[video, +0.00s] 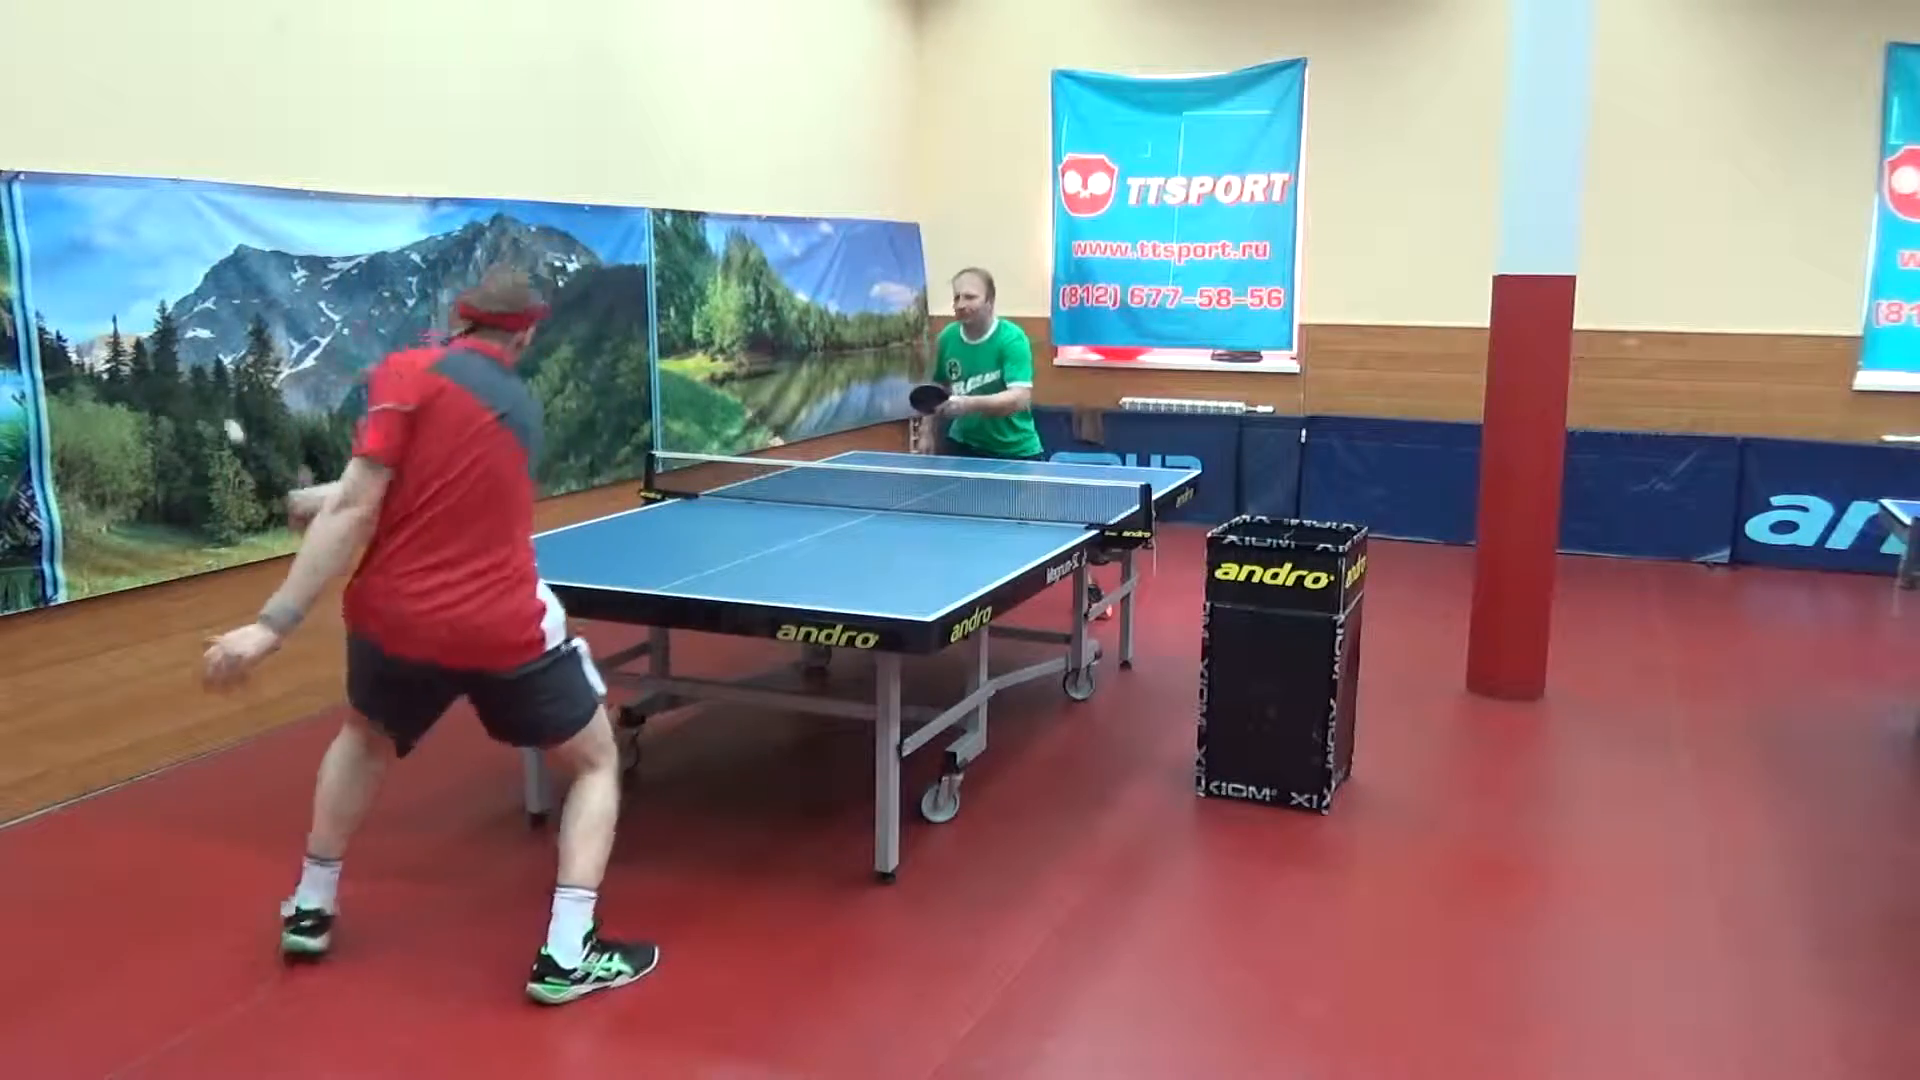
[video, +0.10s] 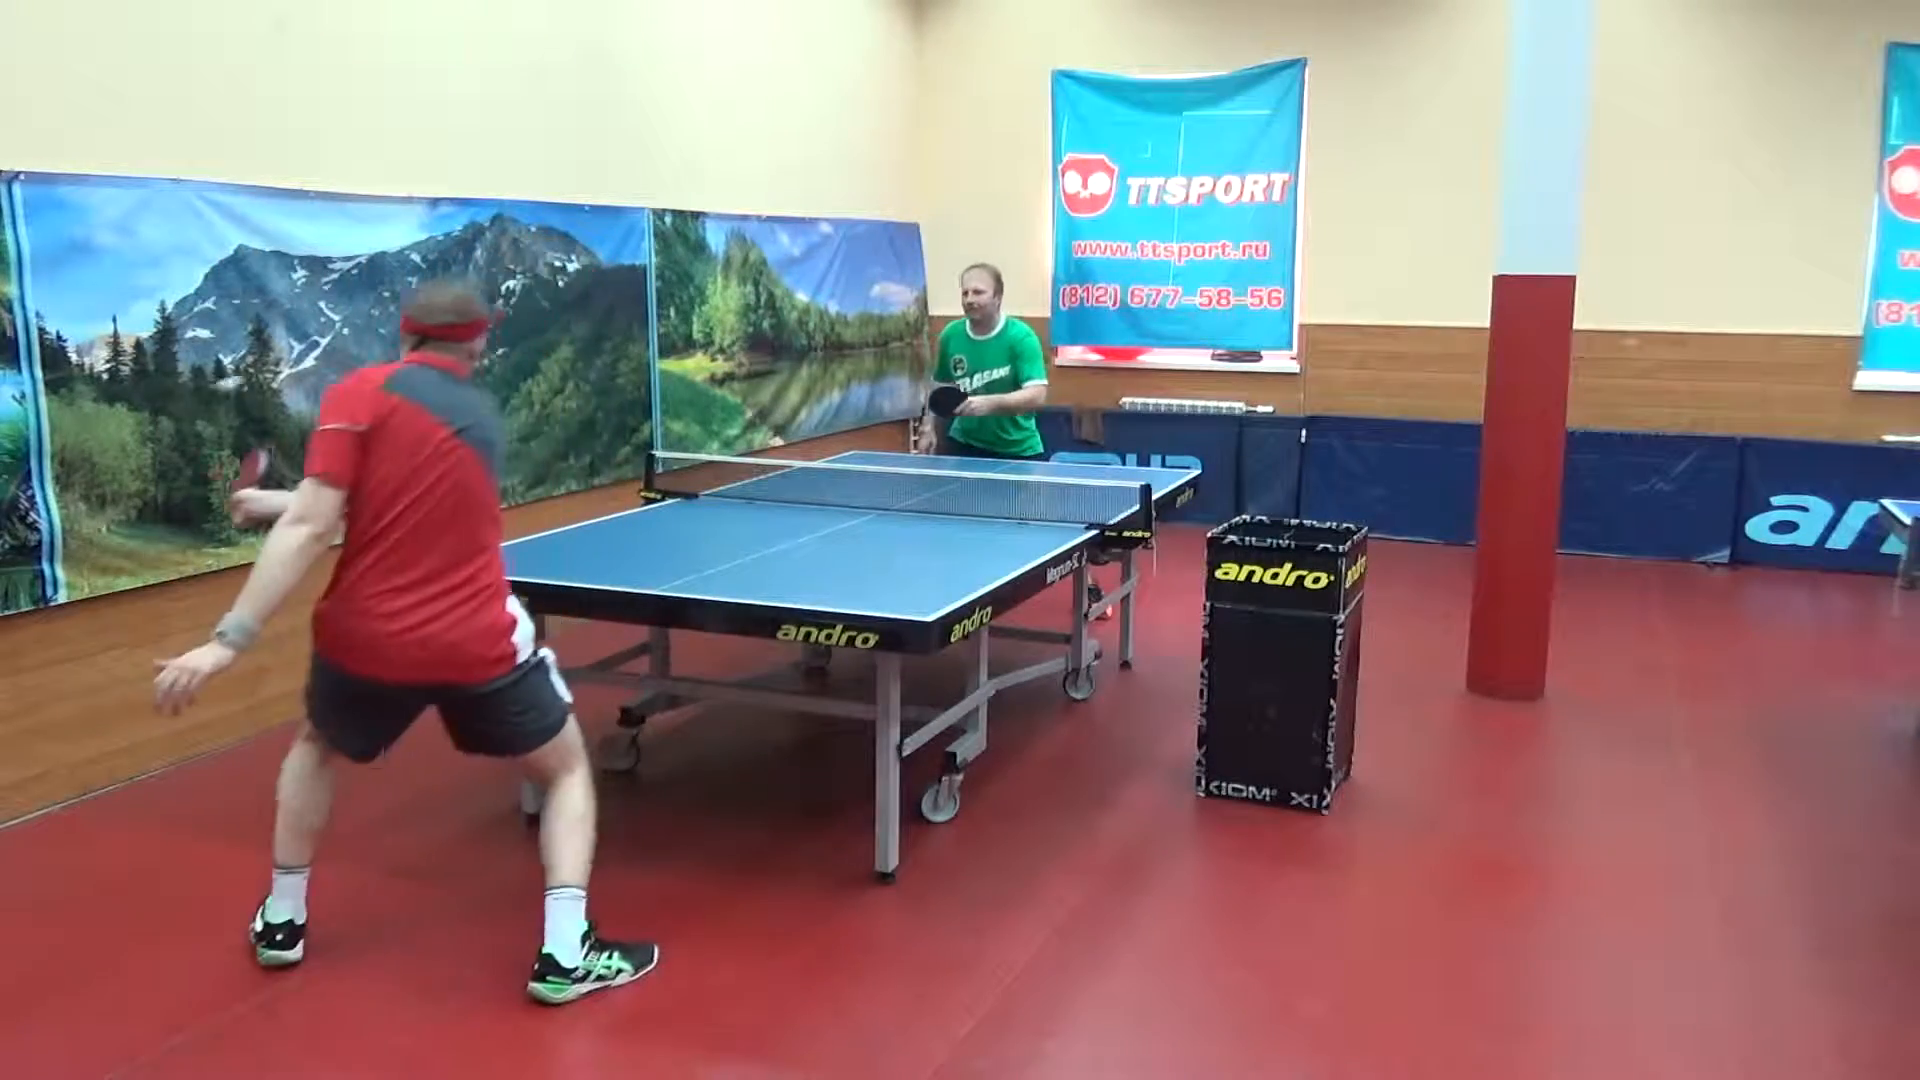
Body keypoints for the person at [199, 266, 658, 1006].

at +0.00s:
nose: (528, 349)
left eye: (528, 338)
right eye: (530, 338)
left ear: (457, 320)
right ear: (520, 335)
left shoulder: (404, 374)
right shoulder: (519, 402)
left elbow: (356, 506)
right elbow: (451, 482)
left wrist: (270, 626)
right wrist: (339, 497)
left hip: (394, 629)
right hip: (508, 630)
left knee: (364, 734)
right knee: (594, 762)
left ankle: (311, 905)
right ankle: (569, 949)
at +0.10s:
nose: (485, 352)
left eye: (480, 342)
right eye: (485, 342)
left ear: (407, 334)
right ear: (476, 343)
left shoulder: (355, 395)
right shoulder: (482, 412)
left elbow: (314, 525)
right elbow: (399, 488)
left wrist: (225, 643)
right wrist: (281, 502)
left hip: (366, 645)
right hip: (480, 643)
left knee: (317, 745)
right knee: (563, 769)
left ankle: (283, 917)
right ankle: (566, 949)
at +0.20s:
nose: (441, 346)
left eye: (440, 336)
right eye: (440, 336)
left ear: (357, 333)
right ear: (430, 338)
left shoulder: (307, 390)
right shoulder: (440, 414)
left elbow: (268, 526)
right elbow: (380, 525)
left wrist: (190, 646)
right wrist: (262, 545)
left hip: (330, 643)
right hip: (445, 638)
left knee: (299, 744)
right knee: (535, 768)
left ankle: (282, 919)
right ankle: (562, 947)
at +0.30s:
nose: (399, 326)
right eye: (399, 316)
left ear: (314, 313)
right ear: (388, 317)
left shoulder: (263, 375)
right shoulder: (414, 401)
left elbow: (231, 507)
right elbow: (383, 513)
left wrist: (173, 630)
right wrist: (254, 566)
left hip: (297, 626)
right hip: (415, 620)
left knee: (286, 741)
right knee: (505, 759)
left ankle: (281, 919)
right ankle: (555, 942)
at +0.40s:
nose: (366, 302)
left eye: (363, 291)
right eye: (365, 291)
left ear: (283, 290)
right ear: (353, 293)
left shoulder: (223, 355)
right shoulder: (384, 377)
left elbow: (193, 490)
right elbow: (404, 515)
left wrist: (161, 605)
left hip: (271, 603)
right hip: (386, 595)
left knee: (279, 737)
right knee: (476, 750)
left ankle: (281, 922)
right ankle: (547, 939)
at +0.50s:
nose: (350, 284)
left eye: (346, 272)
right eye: (349, 273)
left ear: (265, 271)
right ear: (337, 273)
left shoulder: (199, 339)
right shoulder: (373, 356)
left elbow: (171, 480)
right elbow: (417, 494)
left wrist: (153, 588)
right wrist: (451, 599)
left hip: (254, 584)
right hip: (367, 574)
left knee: (273, 736)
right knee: (449, 747)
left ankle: (280, 918)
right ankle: (506, 943)